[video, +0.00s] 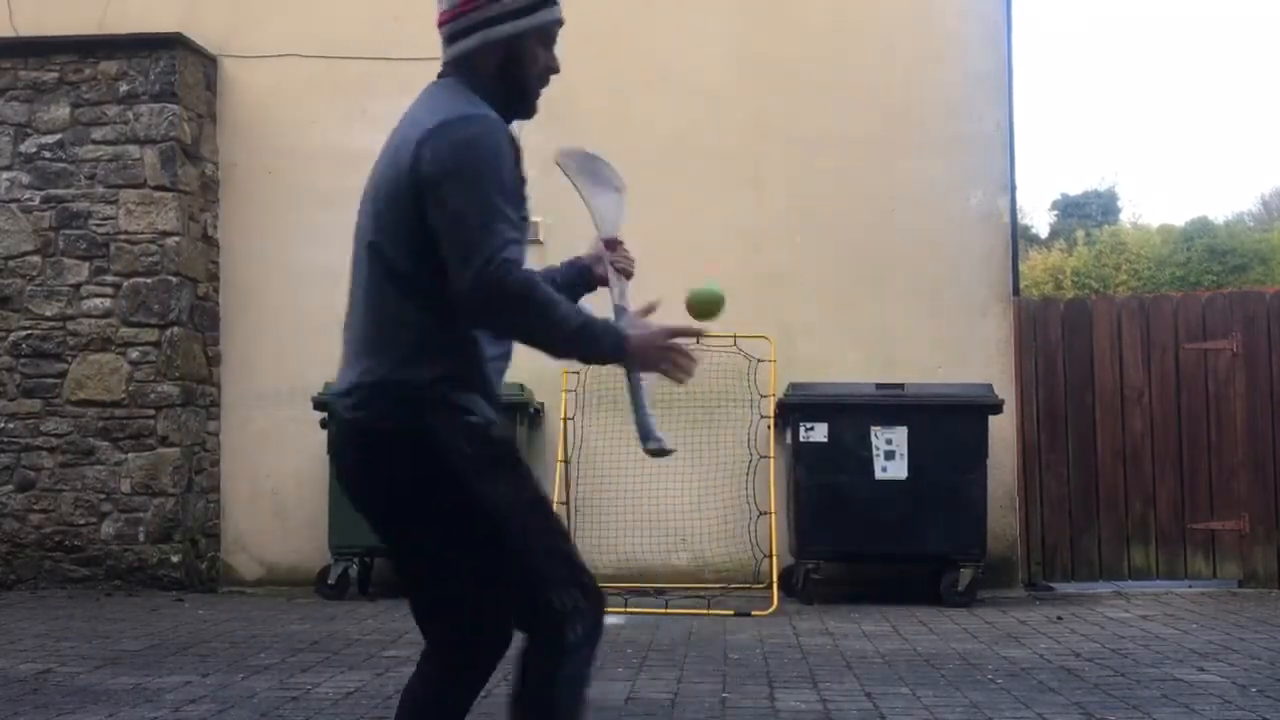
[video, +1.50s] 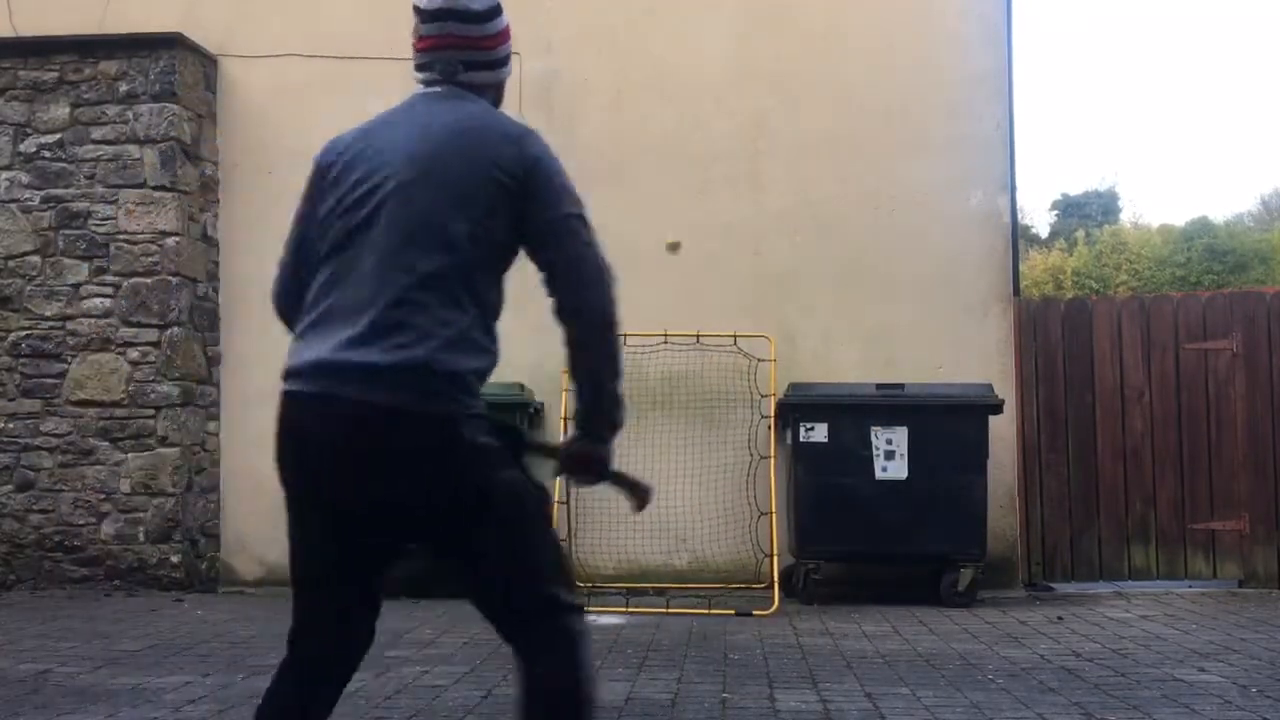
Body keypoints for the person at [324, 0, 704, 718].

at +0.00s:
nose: (554, 64)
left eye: (554, 45)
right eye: (546, 42)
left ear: (485, 47)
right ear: (502, 45)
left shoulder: (436, 123)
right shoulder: (468, 131)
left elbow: (475, 298)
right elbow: (493, 288)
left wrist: (581, 273)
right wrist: (620, 343)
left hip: (380, 424)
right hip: (429, 423)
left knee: (469, 628)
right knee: (570, 610)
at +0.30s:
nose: (478, 112)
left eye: (483, 92)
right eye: (476, 88)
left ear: (424, 78)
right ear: (427, 76)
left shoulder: (394, 189)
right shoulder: (317, 133)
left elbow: (376, 325)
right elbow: (239, 259)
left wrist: (441, 421)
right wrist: (251, 417)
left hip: (277, 437)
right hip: (191, 428)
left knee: (344, 634)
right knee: (183, 671)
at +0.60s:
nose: (402, 126)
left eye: (406, 109)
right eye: (397, 106)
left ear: (340, 91)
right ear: (350, 92)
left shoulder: (329, 184)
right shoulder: (211, 111)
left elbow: (339, 286)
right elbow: (131, 167)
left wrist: (396, 181)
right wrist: (300, 160)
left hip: (183, 423)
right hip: (92, 406)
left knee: (185, 652)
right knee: (137, 654)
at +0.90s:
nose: (399, 156)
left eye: (405, 135)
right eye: (396, 133)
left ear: (340, 115)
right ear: (352, 119)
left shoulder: (288, 177)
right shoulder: (274, 178)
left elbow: (317, 338)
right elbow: (256, 365)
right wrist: (315, 471)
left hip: (134, 431)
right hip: (90, 429)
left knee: (180, 660)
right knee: (161, 664)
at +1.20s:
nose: (417, 87)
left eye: (415, 74)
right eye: (417, 74)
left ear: (332, 63)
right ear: (406, 74)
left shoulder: (256, 133)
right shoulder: (398, 149)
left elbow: (203, 275)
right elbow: (416, 303)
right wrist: (388, 416)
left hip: (161, 403)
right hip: (246, 419)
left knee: (258, 652)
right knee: (278, 664)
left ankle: (163, 515)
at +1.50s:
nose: (505, 77)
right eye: (504, 65)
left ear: (419, 63)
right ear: (499, 69)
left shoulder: (347, 146)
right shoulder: (513, 147)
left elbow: (290, 294)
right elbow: (588, 287)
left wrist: (375, 361)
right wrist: (595, 429)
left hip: (311, 420)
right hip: (429, 423)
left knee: (323, 641)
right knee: (548, 628)